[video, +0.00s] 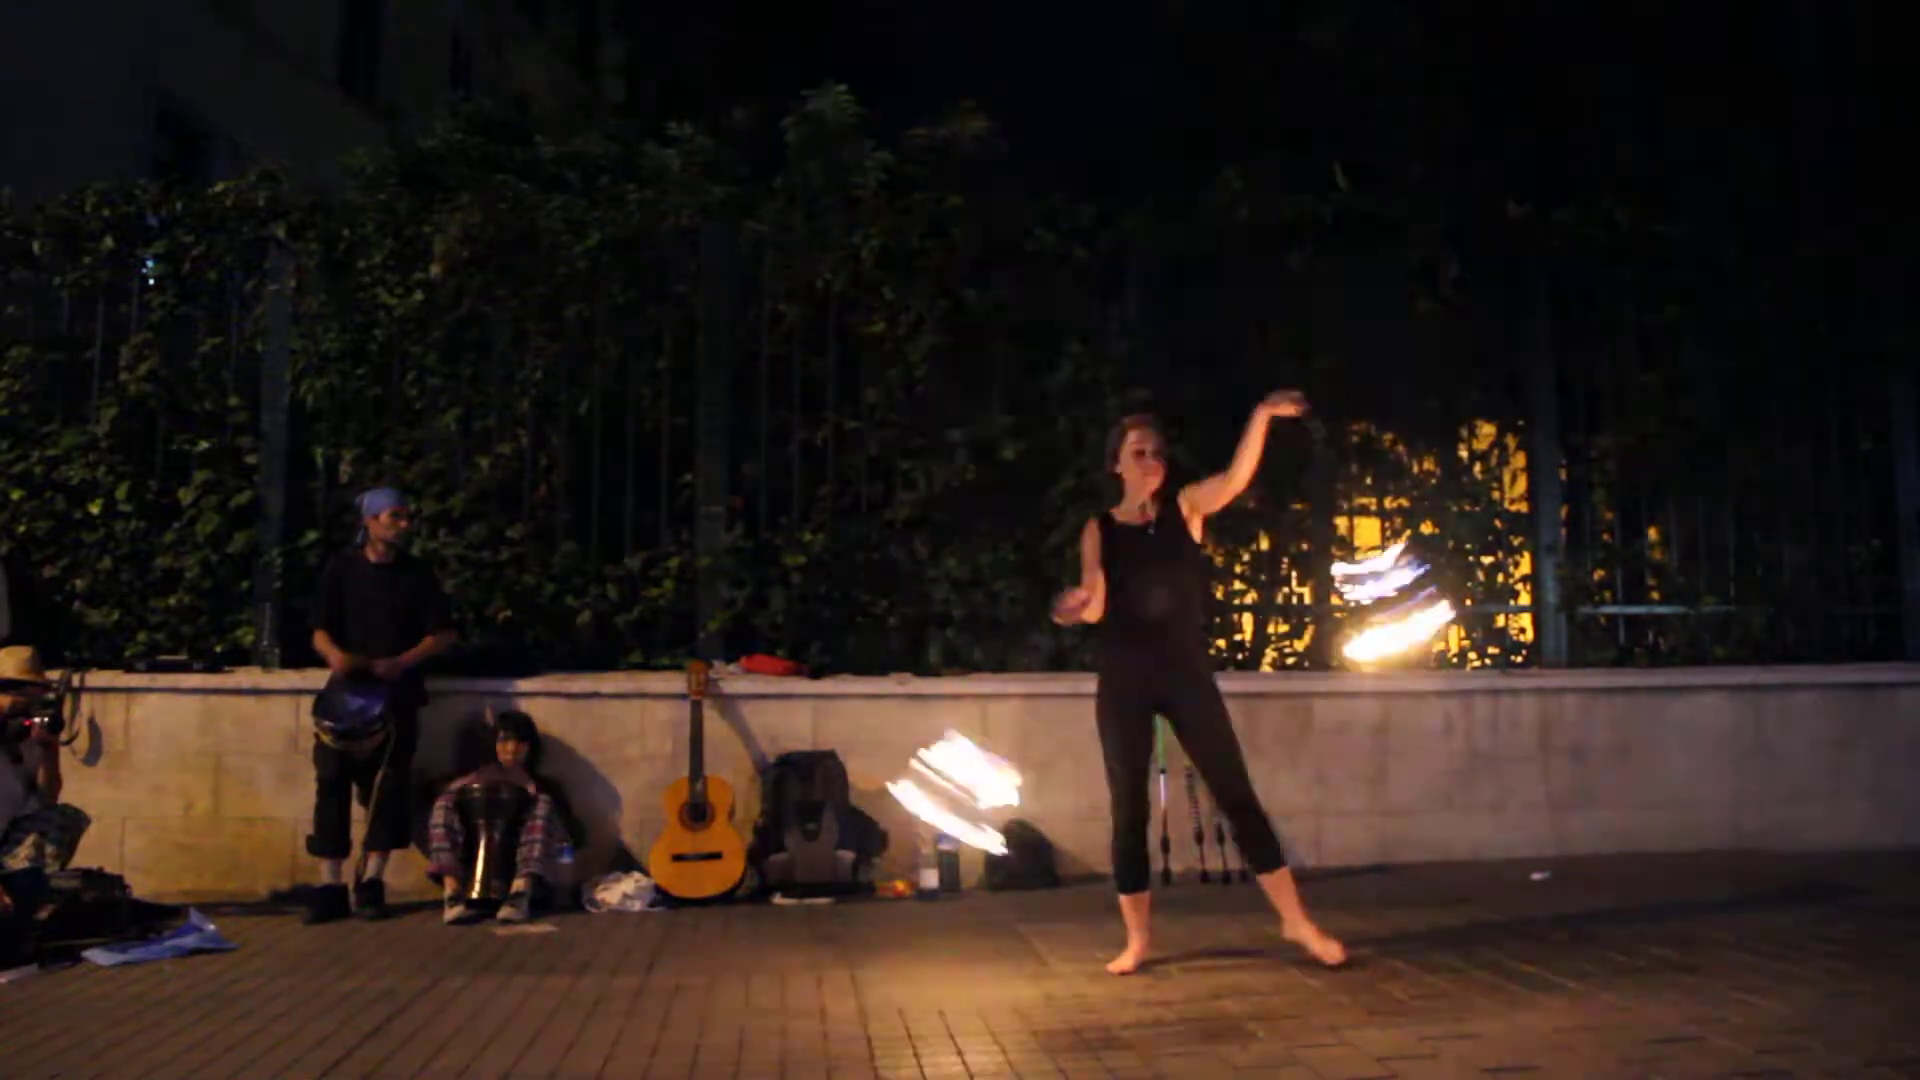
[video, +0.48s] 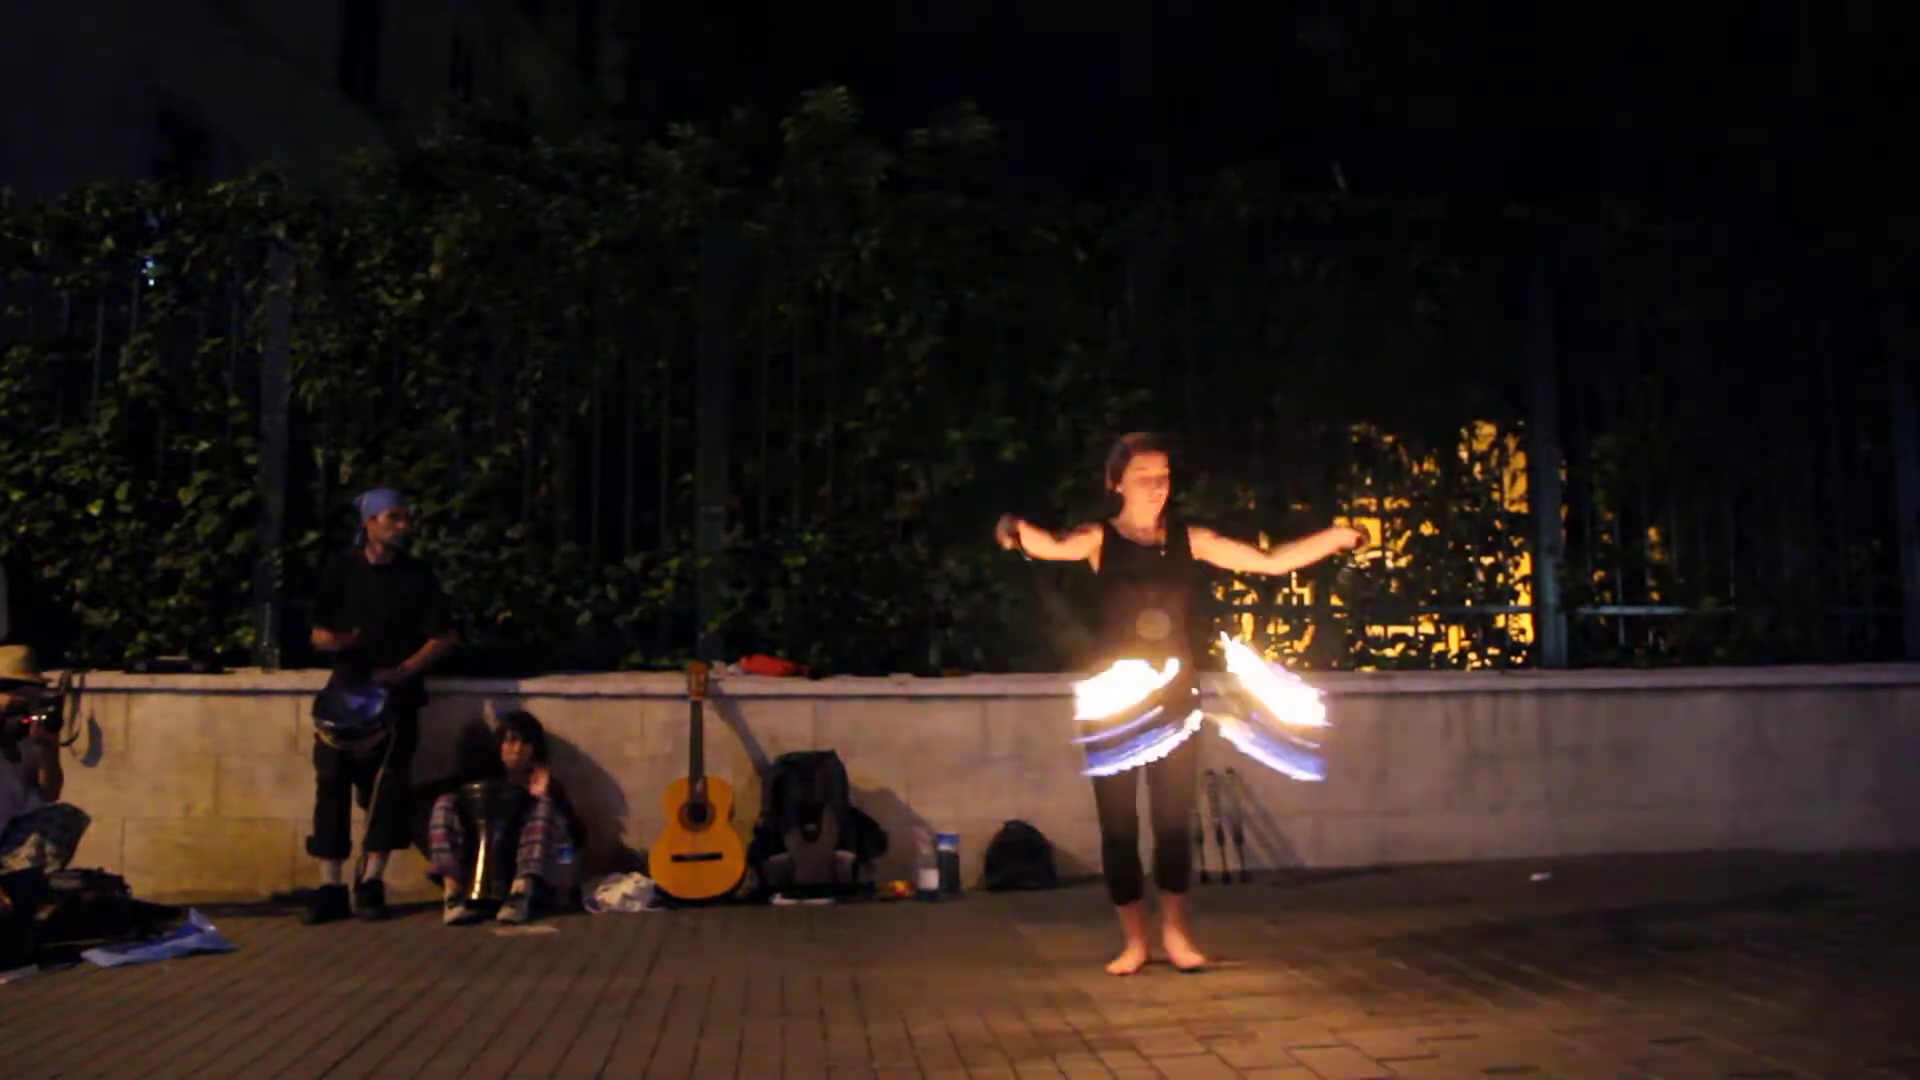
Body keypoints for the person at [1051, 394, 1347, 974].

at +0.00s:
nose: (1150, 461)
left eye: (1157, 453)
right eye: (1139, 453)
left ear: (1167, 461)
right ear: (1117, 465)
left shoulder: (1188, 505)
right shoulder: (1100, 531)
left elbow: (1236, 478)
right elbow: (1093, 602)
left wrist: (1262, 415)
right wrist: (1075, 609)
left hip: (1186, 675)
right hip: (1123, 682)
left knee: (1237, 796)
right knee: (1128, 809)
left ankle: (1296, 921)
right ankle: (1137, 939)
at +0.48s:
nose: (1158, 489)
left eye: (1164, 479)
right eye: (1146, 480)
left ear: (1172, 482)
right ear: (1117, 484)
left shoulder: (1191, 540)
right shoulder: (1099, 539)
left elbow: (1271, 562)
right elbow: (1051, 547)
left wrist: (1339, 536)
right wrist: (1016, 530)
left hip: (1175, 695)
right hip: (1111, 696)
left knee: (1174, 819)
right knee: (1118, 824)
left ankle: (1174, 932)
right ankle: (1135, 940)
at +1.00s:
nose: (1235, 468)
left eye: (1239, 458)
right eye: (1223, 458)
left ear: (1245, 464)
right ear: (1193, 463)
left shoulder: (1255, 520)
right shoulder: (1167, 522)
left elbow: (1302, 544)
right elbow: (1082, 553)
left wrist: (1340, 521)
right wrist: (1007, 546)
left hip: (1245, 688)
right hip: (1182, 690)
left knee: (1279, 816)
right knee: (1163, 816)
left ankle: (1299, 952)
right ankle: (1136, 943)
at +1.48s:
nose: (1284, 466)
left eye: (1293, 457)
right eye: (1272, 457)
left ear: (1305, 466)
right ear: (1251, 467)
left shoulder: (1328, 530)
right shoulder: (1234, 525)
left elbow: (1406, 557)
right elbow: (1190, 547)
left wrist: (1493, 553)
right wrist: (1140, 540)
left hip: (1305, 692)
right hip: (1241, 692)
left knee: (1326, 821)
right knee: (1239, 817)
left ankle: (1304, 951)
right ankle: (1246, 932)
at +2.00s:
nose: (1228, 437)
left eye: (1237, 428)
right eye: (1217, 427)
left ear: (1249, 439)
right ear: (1193, 435)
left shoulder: (1264, 504)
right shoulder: (1166, 494)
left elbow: (1316, 561)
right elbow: (1107, 503)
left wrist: (1380, 527)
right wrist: (1078, 451)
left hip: (1243, 669)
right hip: (1176, 668)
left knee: (1271, 800)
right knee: (1151, 800)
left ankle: (1306, 938)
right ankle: (1118, 935)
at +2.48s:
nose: (1144, 460)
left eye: (1151, 452)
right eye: (1132, 451)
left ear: (1159, 459)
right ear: (1104, 457)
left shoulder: (1176, 520)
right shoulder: (1080, 524)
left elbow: (1221, 586)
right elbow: (1072, 606)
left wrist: (1273, 552)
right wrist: (1083, 577)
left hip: (1168, 681)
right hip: (1103, 686)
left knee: (1215, 802)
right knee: (1112, 820)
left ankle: (1269, 935)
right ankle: (1114, 947)